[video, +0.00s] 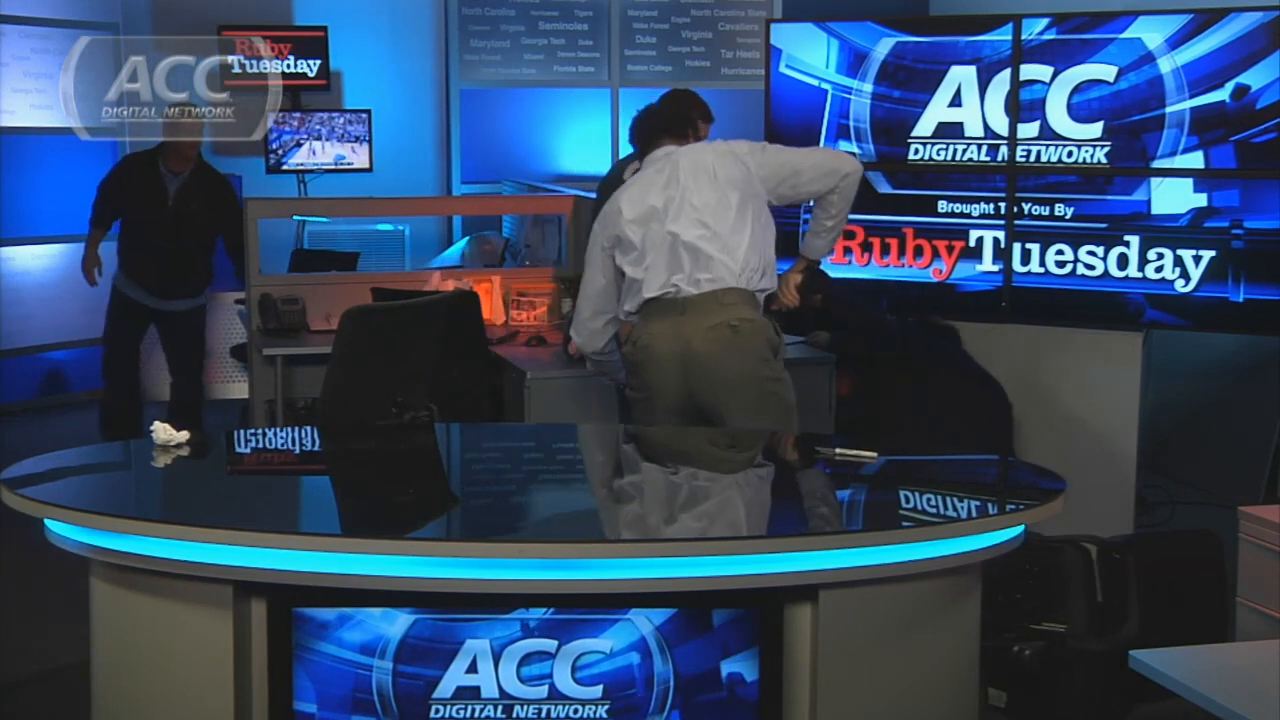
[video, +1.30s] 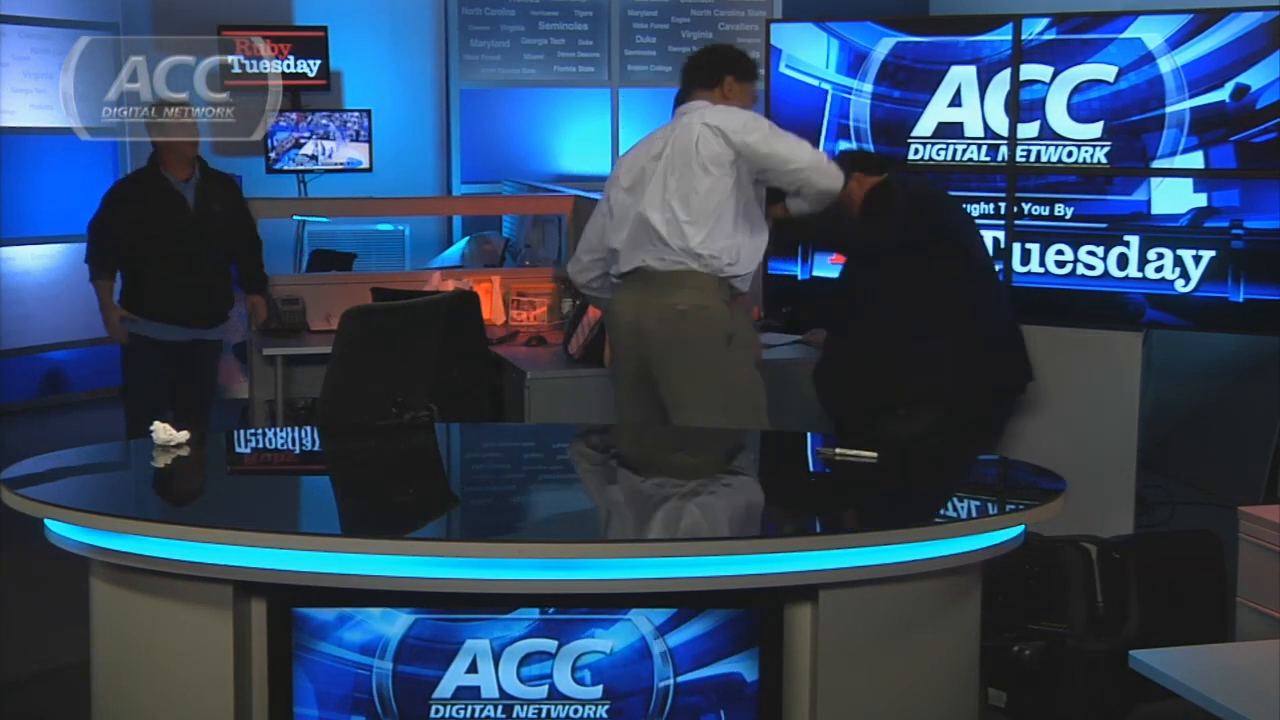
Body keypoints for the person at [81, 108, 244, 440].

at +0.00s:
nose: (189, 142)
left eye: (194, 134)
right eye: (181, 133)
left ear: (201, 137)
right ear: (166, 134)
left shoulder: (215, 185)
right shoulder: (133, 169)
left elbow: (239, 243)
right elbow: (106, 207)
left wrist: (256, 286)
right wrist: (91, 249)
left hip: (186, 298)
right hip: (132, 292)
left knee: (188, 379)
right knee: (118, 370)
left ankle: (187, 454)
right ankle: (120, 448)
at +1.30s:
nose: (188, 136)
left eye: (191, 127)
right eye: (177, 128)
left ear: (199, 133)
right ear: (157, 136)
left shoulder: (224, 188)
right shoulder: (127, 193)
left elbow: (246, 246)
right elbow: (101, 252)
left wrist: (255, 291)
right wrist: (107, 307)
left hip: (205, 335)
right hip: (147, 335)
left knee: (195, 428)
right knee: (145, 429)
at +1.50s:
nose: (197, 132)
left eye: (198, 122)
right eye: (186, 125)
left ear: (206, 129)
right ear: (164, 134)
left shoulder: (229, 184)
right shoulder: (138, 194)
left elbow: (249, 247)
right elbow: (126, 266)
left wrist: (255, 295)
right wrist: (151, 311)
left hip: (225, 333)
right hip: (160, 335)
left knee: (237, 430)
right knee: (150, 435)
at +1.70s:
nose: (229, 131)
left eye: (228, 122)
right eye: (218, 124)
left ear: (232, 128)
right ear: (194, 133)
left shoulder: (250, 186)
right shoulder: (166, 191)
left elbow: (259, 254)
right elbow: (158, 263)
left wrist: (264, 303)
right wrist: (200, 298)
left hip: (244, 342)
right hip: (184, 342)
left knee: (251, 439)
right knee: (166, 440)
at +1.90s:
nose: (259, 139)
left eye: (260, 130)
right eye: (247, 132)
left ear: (268, 133)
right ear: (225, 138)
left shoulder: (284, 191)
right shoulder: (200, 193)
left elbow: (295, 258)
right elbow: (192, 265)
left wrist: (304, 312)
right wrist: (238, 297)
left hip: (277, 345)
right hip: (220, 345)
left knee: (271, 448)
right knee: (227, 451)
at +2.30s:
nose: (320, 146)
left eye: (322, 137)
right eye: (310, 138)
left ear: (324, 138)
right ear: (281, 143)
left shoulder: (329, 197)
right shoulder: (253, 204)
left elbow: (345, 264)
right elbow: (241, 282)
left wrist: (363, 316)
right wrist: (283, 326)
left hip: (333, 355)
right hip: (278, 359)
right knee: (283, 463)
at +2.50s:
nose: (349, 144)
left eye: (350, 135)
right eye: (339, 136)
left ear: (352, 135)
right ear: (308, 141)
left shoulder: (355, 193)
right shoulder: (280, 203)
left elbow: (360, 267)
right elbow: (277, 289)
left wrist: (369, 325)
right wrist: (317, 335)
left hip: (354, 352)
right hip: (300, 361)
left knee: (357, 459)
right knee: (306, 460)